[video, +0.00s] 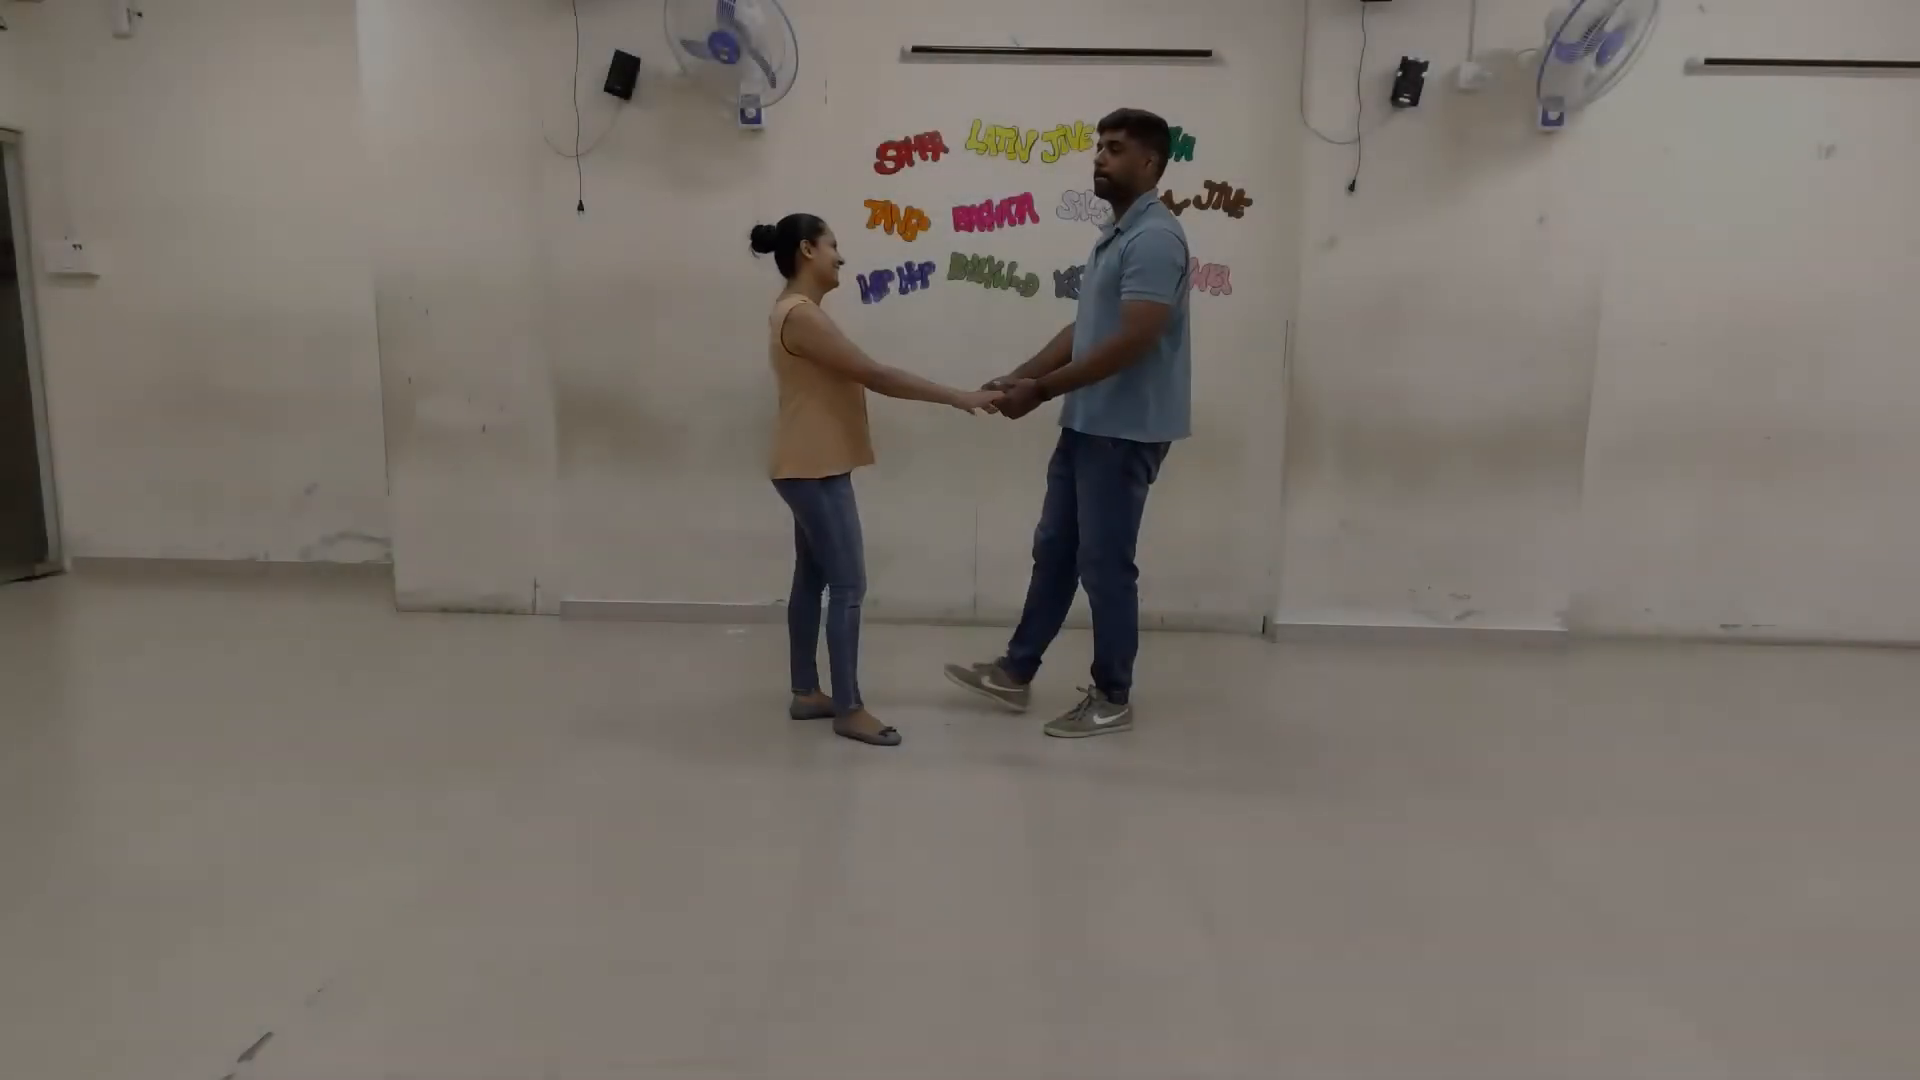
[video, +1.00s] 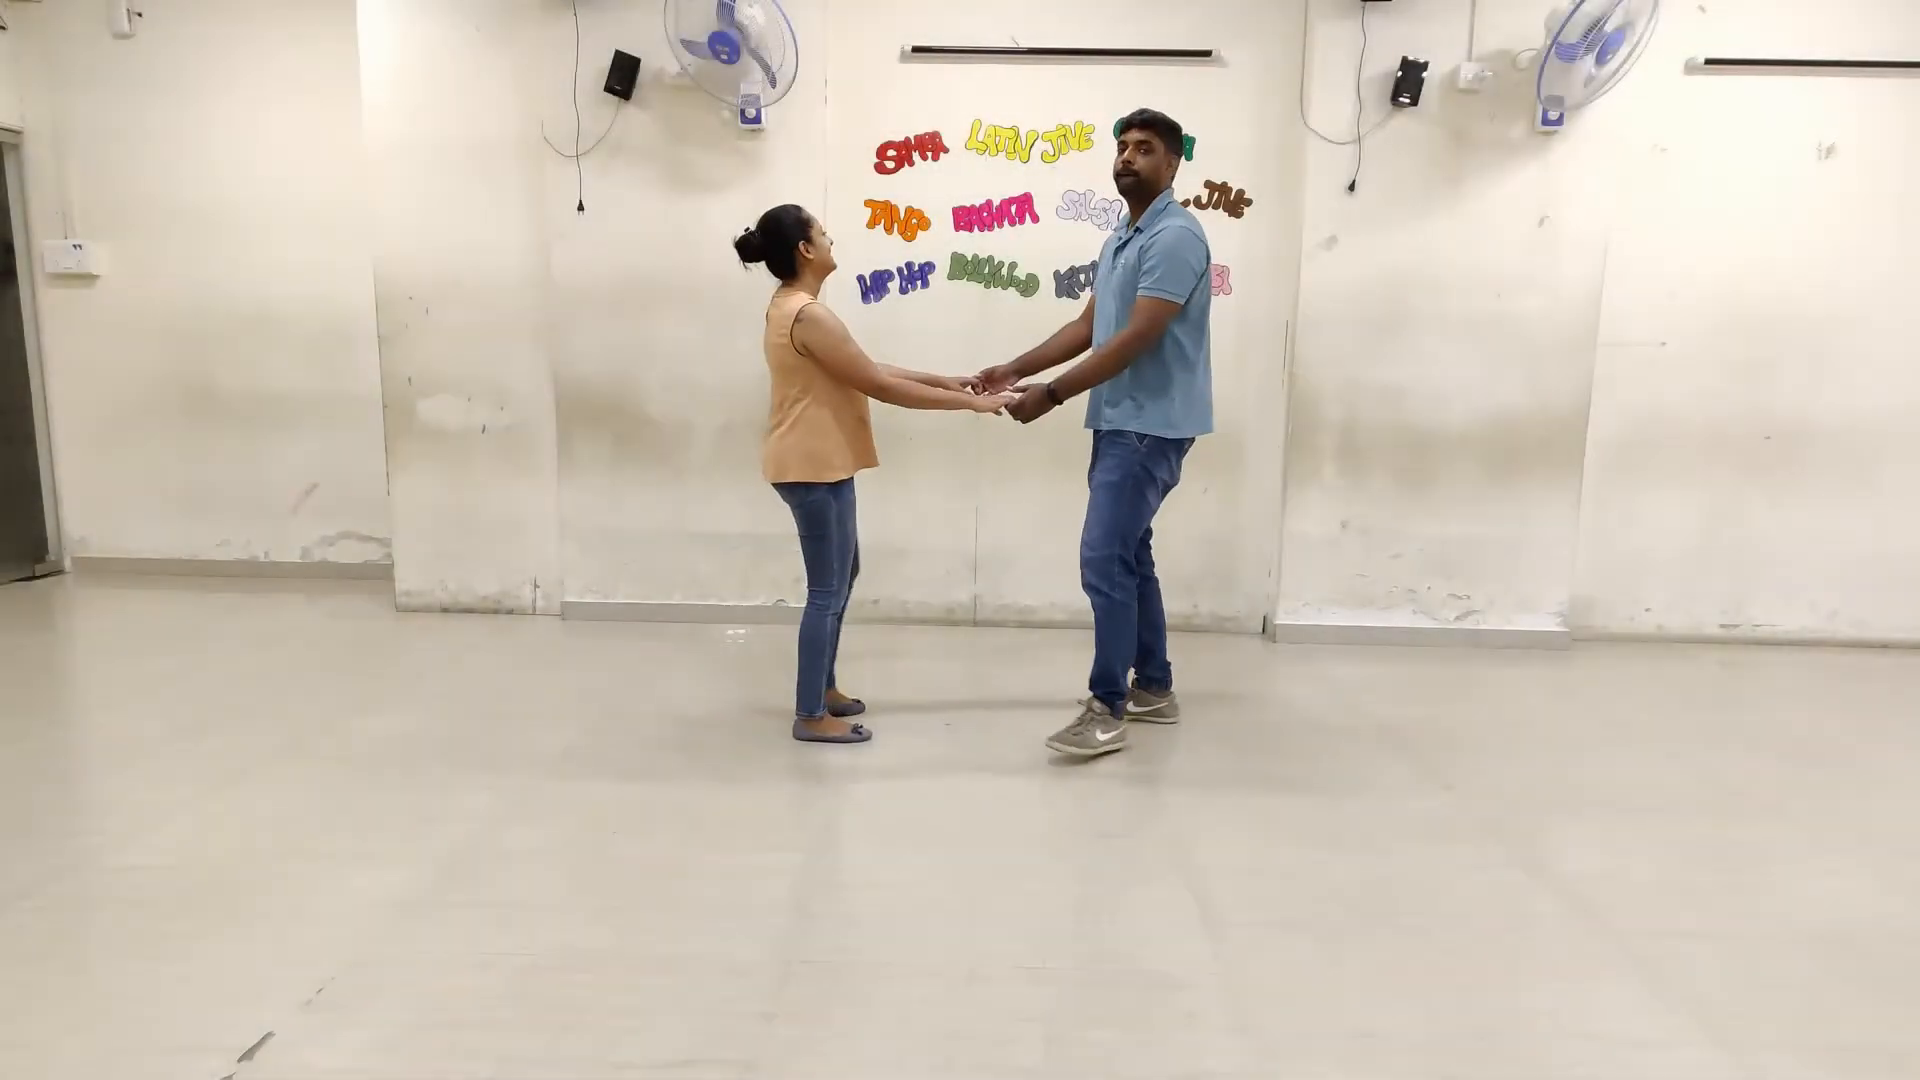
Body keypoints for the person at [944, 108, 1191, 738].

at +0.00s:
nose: (1099, 158)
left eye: (1113, 149)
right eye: (1099, 148)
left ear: (1151, 161)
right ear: (1107, 160)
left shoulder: (1155, 237)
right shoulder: (1119, 234)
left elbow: (1140, 335)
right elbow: (1085, 328)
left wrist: (1046, 387)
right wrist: (1025, 377)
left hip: (1126, 429)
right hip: (1087, 421)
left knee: (1106, 563)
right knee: (1056, 549)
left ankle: (1112, 698)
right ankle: (1015, 671)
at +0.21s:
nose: (1096, 155)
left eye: (1111, 147)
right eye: (1097, 146)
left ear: (1149, 161)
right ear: (1112, 162)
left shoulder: (1154, 233)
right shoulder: (1118, 235)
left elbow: (1129, 333)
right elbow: (1081, 327)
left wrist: (1035, 381)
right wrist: (1015, 373)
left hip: (1128, 426)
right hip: (1088, 421)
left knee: (1106, 559)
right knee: (1051, 542)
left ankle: (1111, 698)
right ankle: (1058, 676)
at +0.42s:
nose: (1100, 160)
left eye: (1114, 151)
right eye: (1102, 151)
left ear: (1151, 165)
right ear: (1129, 166)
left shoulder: (1158, 239)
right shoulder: (1120, 241)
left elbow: (1122, 334)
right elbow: (1079, 330)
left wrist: (1031, 389)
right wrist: (1015, 382)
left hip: (1126, 427)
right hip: (1092, 422)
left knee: (1090, 558)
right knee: (1072, 552)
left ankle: (1113, 695)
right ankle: (1136, 673)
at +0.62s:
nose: (1106, 158)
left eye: (1120, 149)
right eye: (1108, 148)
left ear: (1157, 163)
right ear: (1133, 164)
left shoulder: (1163, 237)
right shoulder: (1125, 238)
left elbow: (1123, 334)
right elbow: (1079, 325)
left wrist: (1037, 393)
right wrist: (1011, 375)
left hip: (1139, 428)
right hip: (1119, 424)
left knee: (1079, 554)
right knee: (1122, 556)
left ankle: (1099, 691)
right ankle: (1152, 687)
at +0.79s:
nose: (1108, 157)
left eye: (1123, 148)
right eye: (1109, 147)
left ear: (1160, 163)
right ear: (1134, 165)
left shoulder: (1164, 234)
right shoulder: (1131, 237)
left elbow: (1132, 334)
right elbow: (1086, 324)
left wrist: (1046, 393)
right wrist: (1014, 368)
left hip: (1147, 427)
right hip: (1125, 423)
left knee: (1108, 563)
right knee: (1132, 557)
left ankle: (1073, 702)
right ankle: (1153, 687)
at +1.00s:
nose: (1129, 156)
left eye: (1145, 148)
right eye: (1123, 147)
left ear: (1174, 165)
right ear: (1115, 162)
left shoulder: (1177, 235)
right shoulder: (1122, 239)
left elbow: (1141, 334)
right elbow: (1087, 326)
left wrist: (1054, 392)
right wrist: (1015, 368)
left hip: (1151, 427)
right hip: (1116, 423)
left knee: (1103, 559)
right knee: (1128, 556)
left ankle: (1106, 709)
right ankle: (1152, 687)